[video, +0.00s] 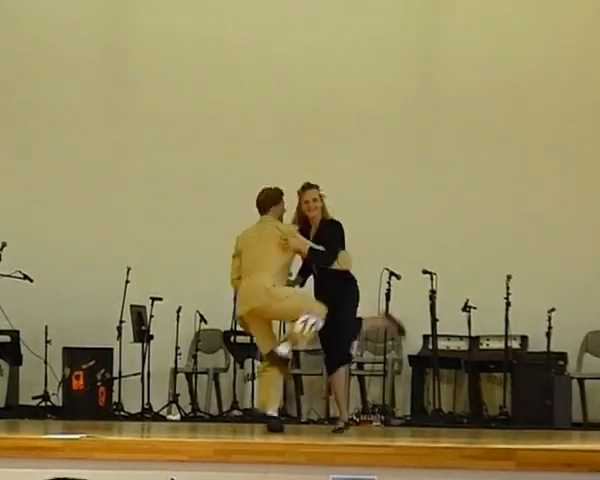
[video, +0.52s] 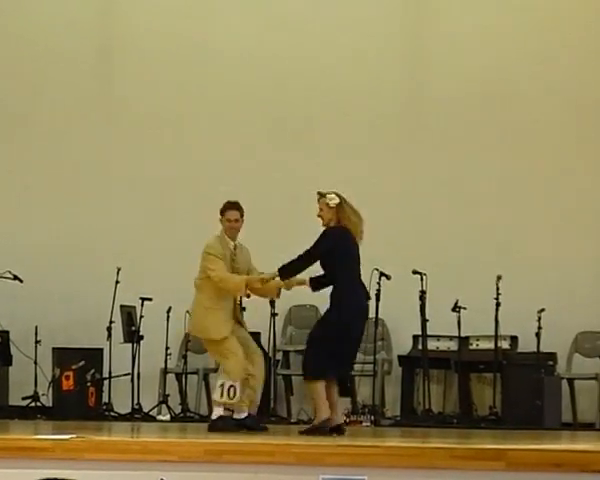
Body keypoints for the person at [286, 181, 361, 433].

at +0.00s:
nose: (312, 205)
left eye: (315, 200)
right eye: (307, 202)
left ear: (322, 201)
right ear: (301, 206)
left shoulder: (333, 227)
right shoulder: (304, 230)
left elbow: (328, 258)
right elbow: (309, 263)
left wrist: (303, 245)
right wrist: (296, 283)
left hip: (344, 289)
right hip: (323, 291)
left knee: (338, 348)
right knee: (330, 351)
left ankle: (345, 414)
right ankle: (342, 414)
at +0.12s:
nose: (314, 198)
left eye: (318, 193)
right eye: (309, 195)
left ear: (327, 194)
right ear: (305, 199)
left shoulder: (334, 218)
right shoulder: (312, 224)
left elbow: (325, 249)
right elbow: (315, 261)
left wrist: (296, 255)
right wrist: (293, 272)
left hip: (346, 280)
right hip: (327, 284)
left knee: (336, 323)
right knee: (324, 345)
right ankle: (345, 408)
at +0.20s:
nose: (317, 202)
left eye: (320, 196)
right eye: (312, 198)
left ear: (330, 197)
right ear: (308, 203)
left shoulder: (336, 222)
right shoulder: (316, 229)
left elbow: (325, 250)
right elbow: (313, 262)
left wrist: (300, 244)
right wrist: (315, 256)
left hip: (347, 286)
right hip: (330, 289)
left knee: (339, 333)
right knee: (330, 348)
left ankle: (326, 384)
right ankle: (347, 416)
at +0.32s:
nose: (313, 203)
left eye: (317, 198)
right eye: (312, 199)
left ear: (330, 198)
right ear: (314, 200)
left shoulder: (337, 222)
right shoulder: (329, 225)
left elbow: (318, 243)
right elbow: (323, 260)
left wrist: (288, 246)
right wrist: (297, 253)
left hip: (350, 292)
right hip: (347, 292)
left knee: (321, 335)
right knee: (331, 353)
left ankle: (317, 392)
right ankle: (345, 411)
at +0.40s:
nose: (315, 206)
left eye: (317, 201)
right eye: (314, 201)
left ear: (331, 199)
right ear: (326, 201)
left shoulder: (333, 223)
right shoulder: (339, 225)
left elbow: (306, 244)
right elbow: (337, 265)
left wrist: (277, 250)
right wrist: (303, 263)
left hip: (347, 292)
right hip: (355, 292)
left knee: (315, 341)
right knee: (333, 349)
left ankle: (323, 398)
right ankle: (340, 406)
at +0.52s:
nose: (319, 215)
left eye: (321, 210)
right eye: (319, 210)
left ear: (334, 209)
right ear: (336, 211)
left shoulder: (332, 234)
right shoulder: (347, 236)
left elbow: (306, 258)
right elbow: (334, 276)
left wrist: (275, 275)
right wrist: (299, 283)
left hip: (344, 302)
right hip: (357, 302)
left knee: (314, 352)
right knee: (332, 357)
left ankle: (322, 414)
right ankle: (335, 418)